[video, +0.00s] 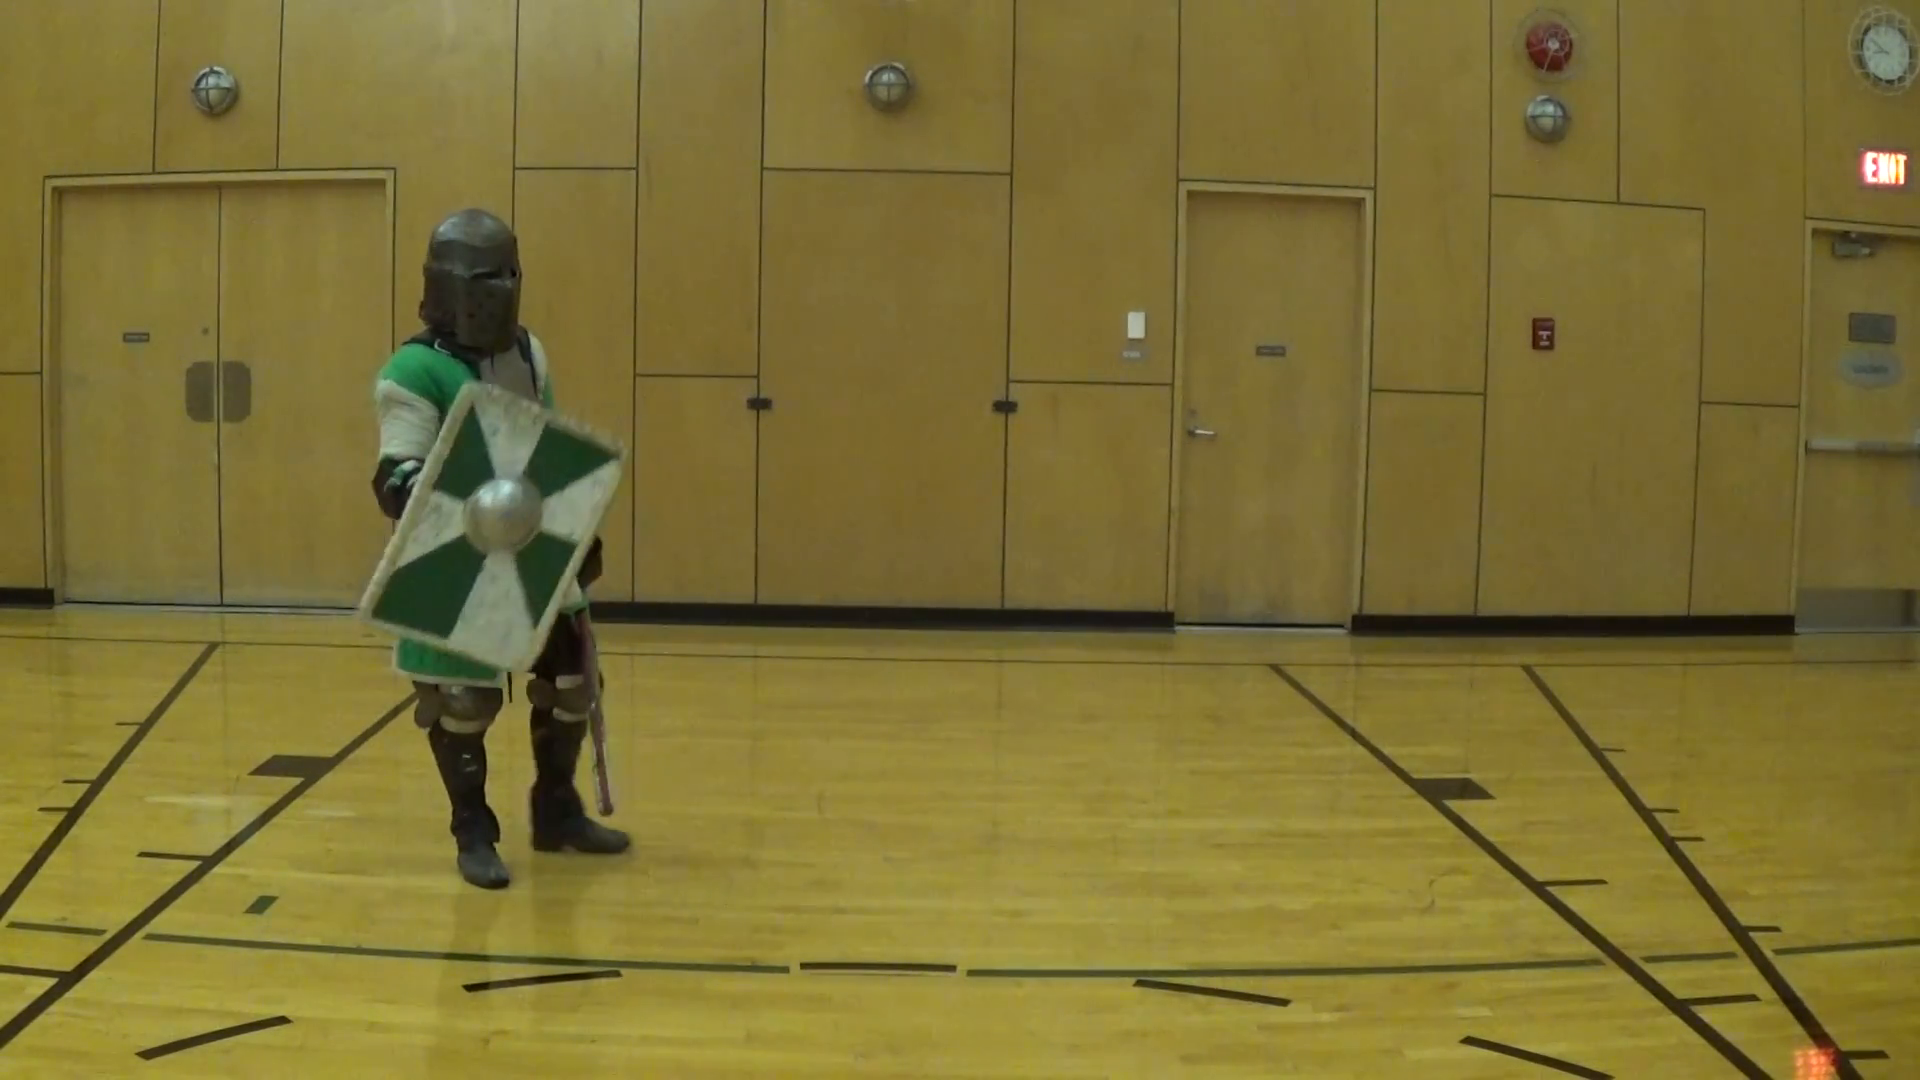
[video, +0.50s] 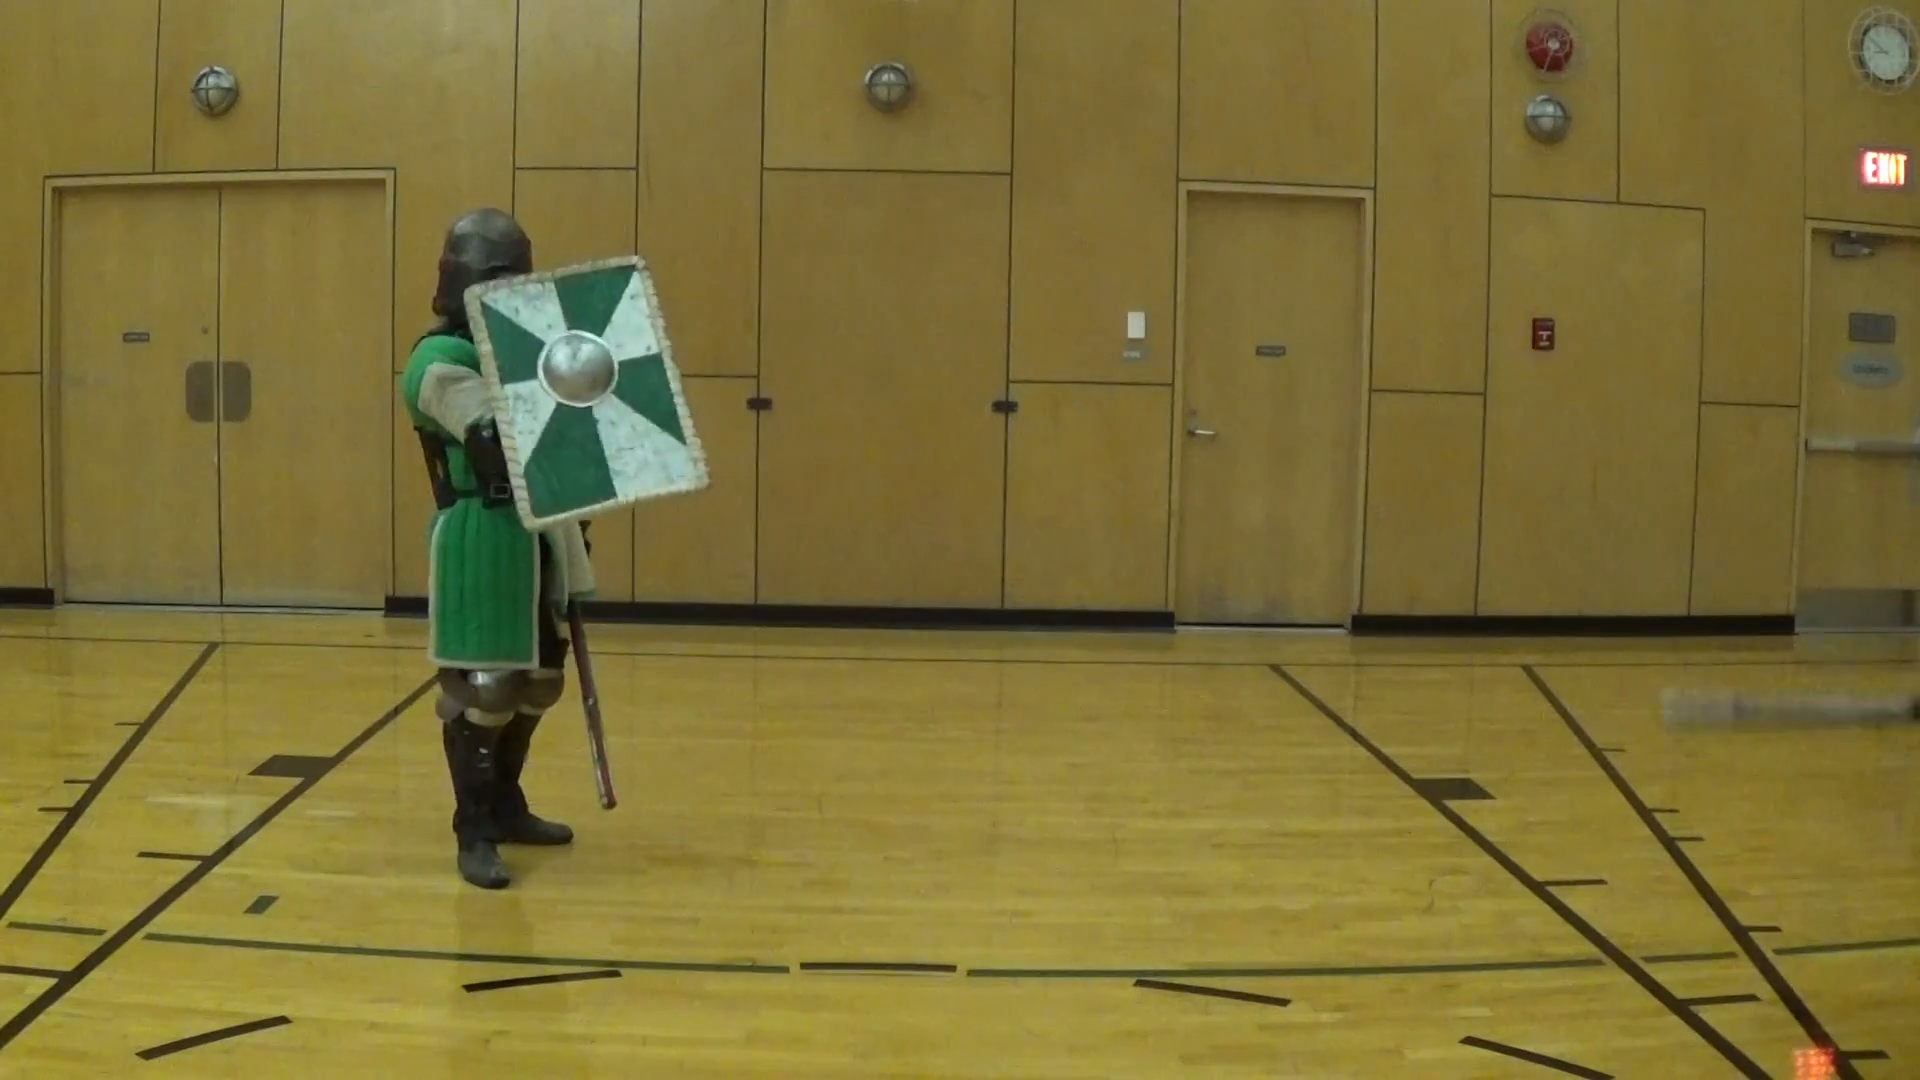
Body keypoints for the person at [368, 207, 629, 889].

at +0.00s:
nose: (491, 291)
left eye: (503, 276)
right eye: (472, 278)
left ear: (518, 282)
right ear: (435, 284)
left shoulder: (529, 357)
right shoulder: (415, 371)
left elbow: (549, 458)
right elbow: (397, 480)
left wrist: (579, 541)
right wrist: (468, 511)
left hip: (532, 555)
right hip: (449, 566)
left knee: (568, 670)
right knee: (462, 689)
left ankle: (556, 808)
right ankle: (474, 831)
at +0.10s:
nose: (490, 290)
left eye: (502, 275)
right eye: (472, 276)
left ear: (515, 281)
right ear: (436, 282)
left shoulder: (532, 363)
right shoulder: (417, 366)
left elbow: (571, 464)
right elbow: (409, 467)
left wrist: (582, 552)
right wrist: (495, 474)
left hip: (534, 551)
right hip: (452, 556)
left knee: (560, 675)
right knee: (466, 687)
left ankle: (517, 794)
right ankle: (472, 827)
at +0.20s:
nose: (482, 296)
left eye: (497, 280)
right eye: (467, 279)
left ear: (516, 284)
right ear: (436, 281)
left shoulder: (533, 357)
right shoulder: (422, 363)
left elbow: (565, 468)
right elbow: (437, 459)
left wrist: (574, 579)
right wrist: (519, 422)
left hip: (540, 546)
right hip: (462, 550)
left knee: (548, 678)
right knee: (471, 685)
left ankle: (506, 798)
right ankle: (473, 828)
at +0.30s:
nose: (487, 290)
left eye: (502, 275)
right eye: (473, 275)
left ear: (519, 280)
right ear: (443, 278)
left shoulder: (525, 359)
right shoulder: (427, 360)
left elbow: (552, 476)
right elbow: (483, 434)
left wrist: (574, 579)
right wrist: (544, 390)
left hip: (536, 537)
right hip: (468, 540)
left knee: (538, 676)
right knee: (473, 684)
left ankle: (504, 803)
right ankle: (473, 830)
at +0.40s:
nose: (494, 289)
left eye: (507, 275)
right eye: (481, 274)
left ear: (522, 279)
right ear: (448, 277)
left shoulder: (526, 353)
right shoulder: (432, 361)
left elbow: (569, 436)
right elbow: (491, 430)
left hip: (539, 532)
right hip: (473, 536)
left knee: (538, 678)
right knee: (480, 684)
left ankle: (504, 802)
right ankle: (474, 832)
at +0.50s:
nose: (503, 292)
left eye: (512, 277)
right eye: (488, 278)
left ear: (528, 280)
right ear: (457, 282)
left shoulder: (527, 350)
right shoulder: (440, 361)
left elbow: (573, 428)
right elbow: (503, 450)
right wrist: (545, 381)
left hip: (539, 529)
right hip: (477, 533)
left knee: (538, 678)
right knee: (482, 684)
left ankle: (503, 803)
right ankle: (474, 832)